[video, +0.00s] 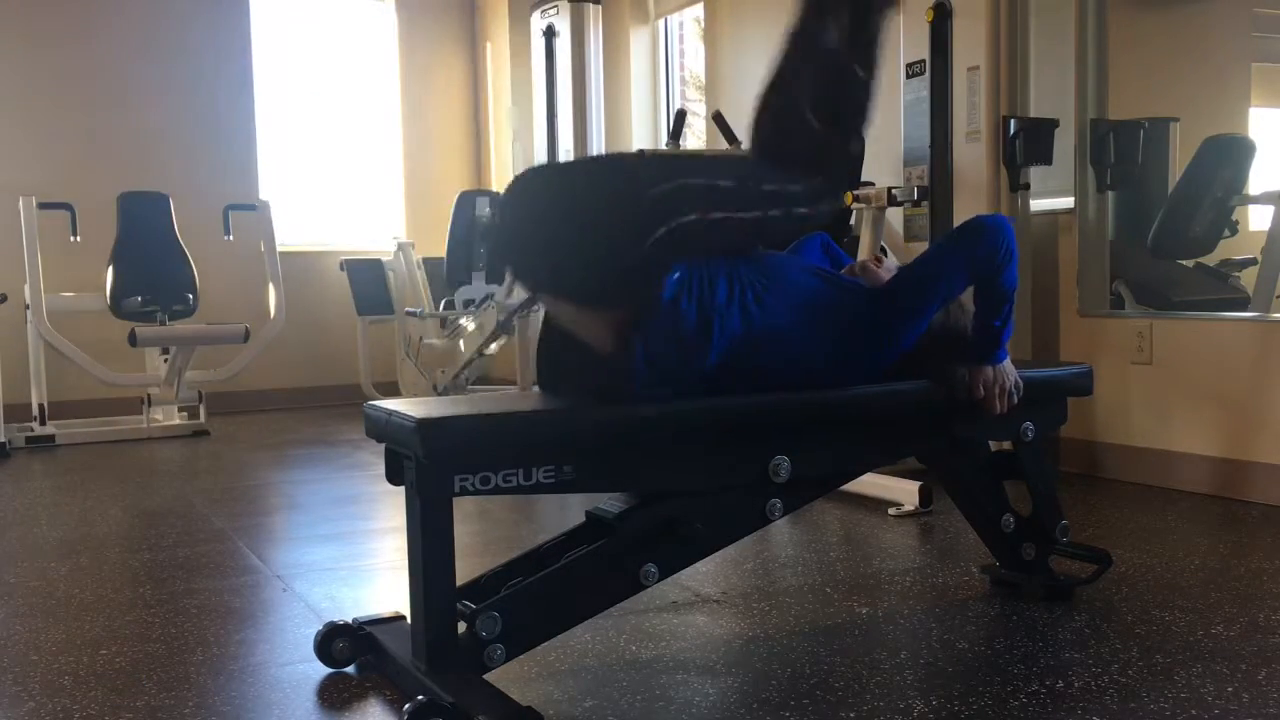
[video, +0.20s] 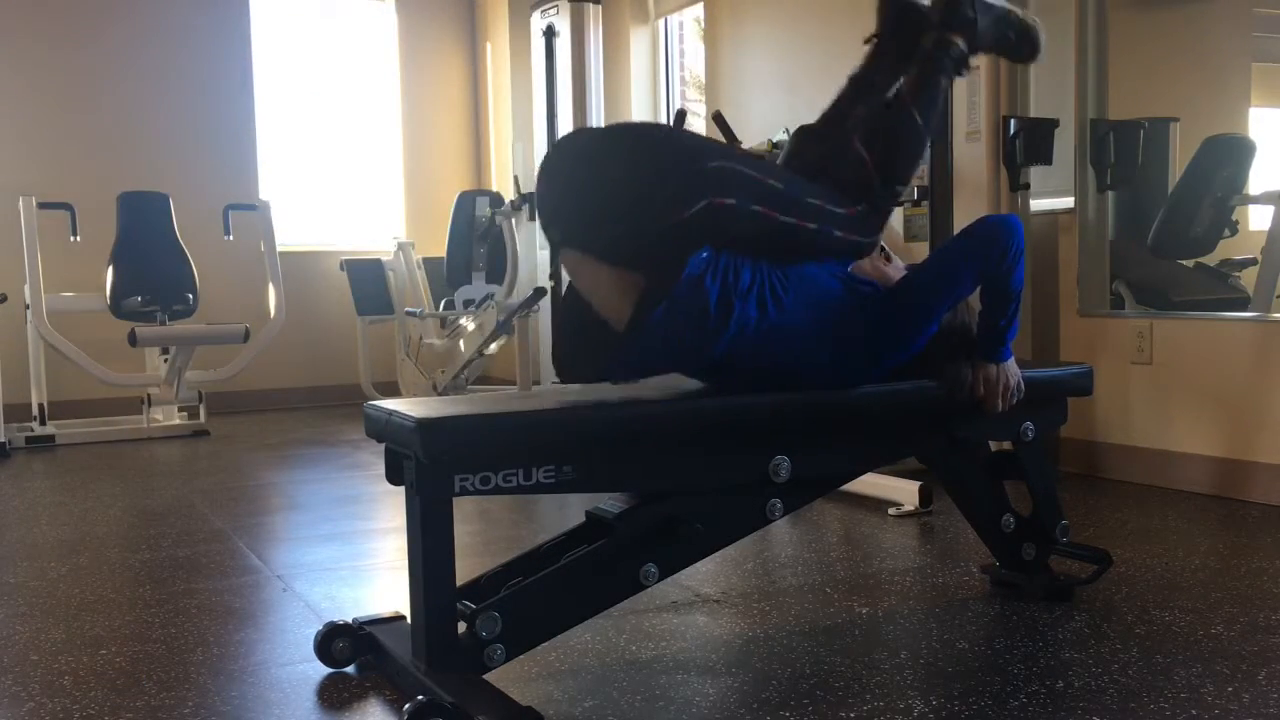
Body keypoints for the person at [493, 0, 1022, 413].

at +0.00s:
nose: (886, 257)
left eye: (899, 272)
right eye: (895, 260)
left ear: (911, 314)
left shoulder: (872, 332)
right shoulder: (834, 288)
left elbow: (991, 235)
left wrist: (994, 351)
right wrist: (860, 272)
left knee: (527, 201)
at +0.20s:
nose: (900, 262)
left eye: (915, 267)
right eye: (905, 262)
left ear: (930, 311)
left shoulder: (885, 329)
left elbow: (1002, 234)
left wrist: (998, 349)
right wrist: (852, 266)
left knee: (857, 224)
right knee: (799, 193)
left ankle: (949, 43)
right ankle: (899, 38)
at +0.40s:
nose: (910, 272)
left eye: (926, 286)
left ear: (932, 332)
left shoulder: (891, 328)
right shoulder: (845, 352)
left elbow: (1005, 233)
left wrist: (1013, 346)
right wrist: (866, 264)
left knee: (864, 225)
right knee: (816, 201)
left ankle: (971, 53)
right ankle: (918, 47)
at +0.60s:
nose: (909, 275)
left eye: (923, 286)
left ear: (930, 340)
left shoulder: (888, 332)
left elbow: (1005, 240)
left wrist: (1023, 350)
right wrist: (863, 266)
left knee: (852, 231)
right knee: (806, 202)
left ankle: (963, 51)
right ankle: (910, 46)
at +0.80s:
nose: (890, 260)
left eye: (904, 275)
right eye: (901, 264)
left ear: (912, 309)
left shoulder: (886, 329)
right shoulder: (853, 308)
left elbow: (1012, 271)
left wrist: (1046, 367)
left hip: (653, 307)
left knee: (794, 190)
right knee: (804, 189)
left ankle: (887, 29)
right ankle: (874, 28)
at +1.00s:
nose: (888, 262)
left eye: (903, 279)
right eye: (896, 264)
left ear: (908, 311)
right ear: (883, 270)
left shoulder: (881, 333)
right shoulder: (830, 276)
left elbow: (1007, 253)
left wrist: (1030, 362)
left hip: (628, 325)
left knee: (805, 183)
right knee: (753, 174)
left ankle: (815, 6)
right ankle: (766, 1)